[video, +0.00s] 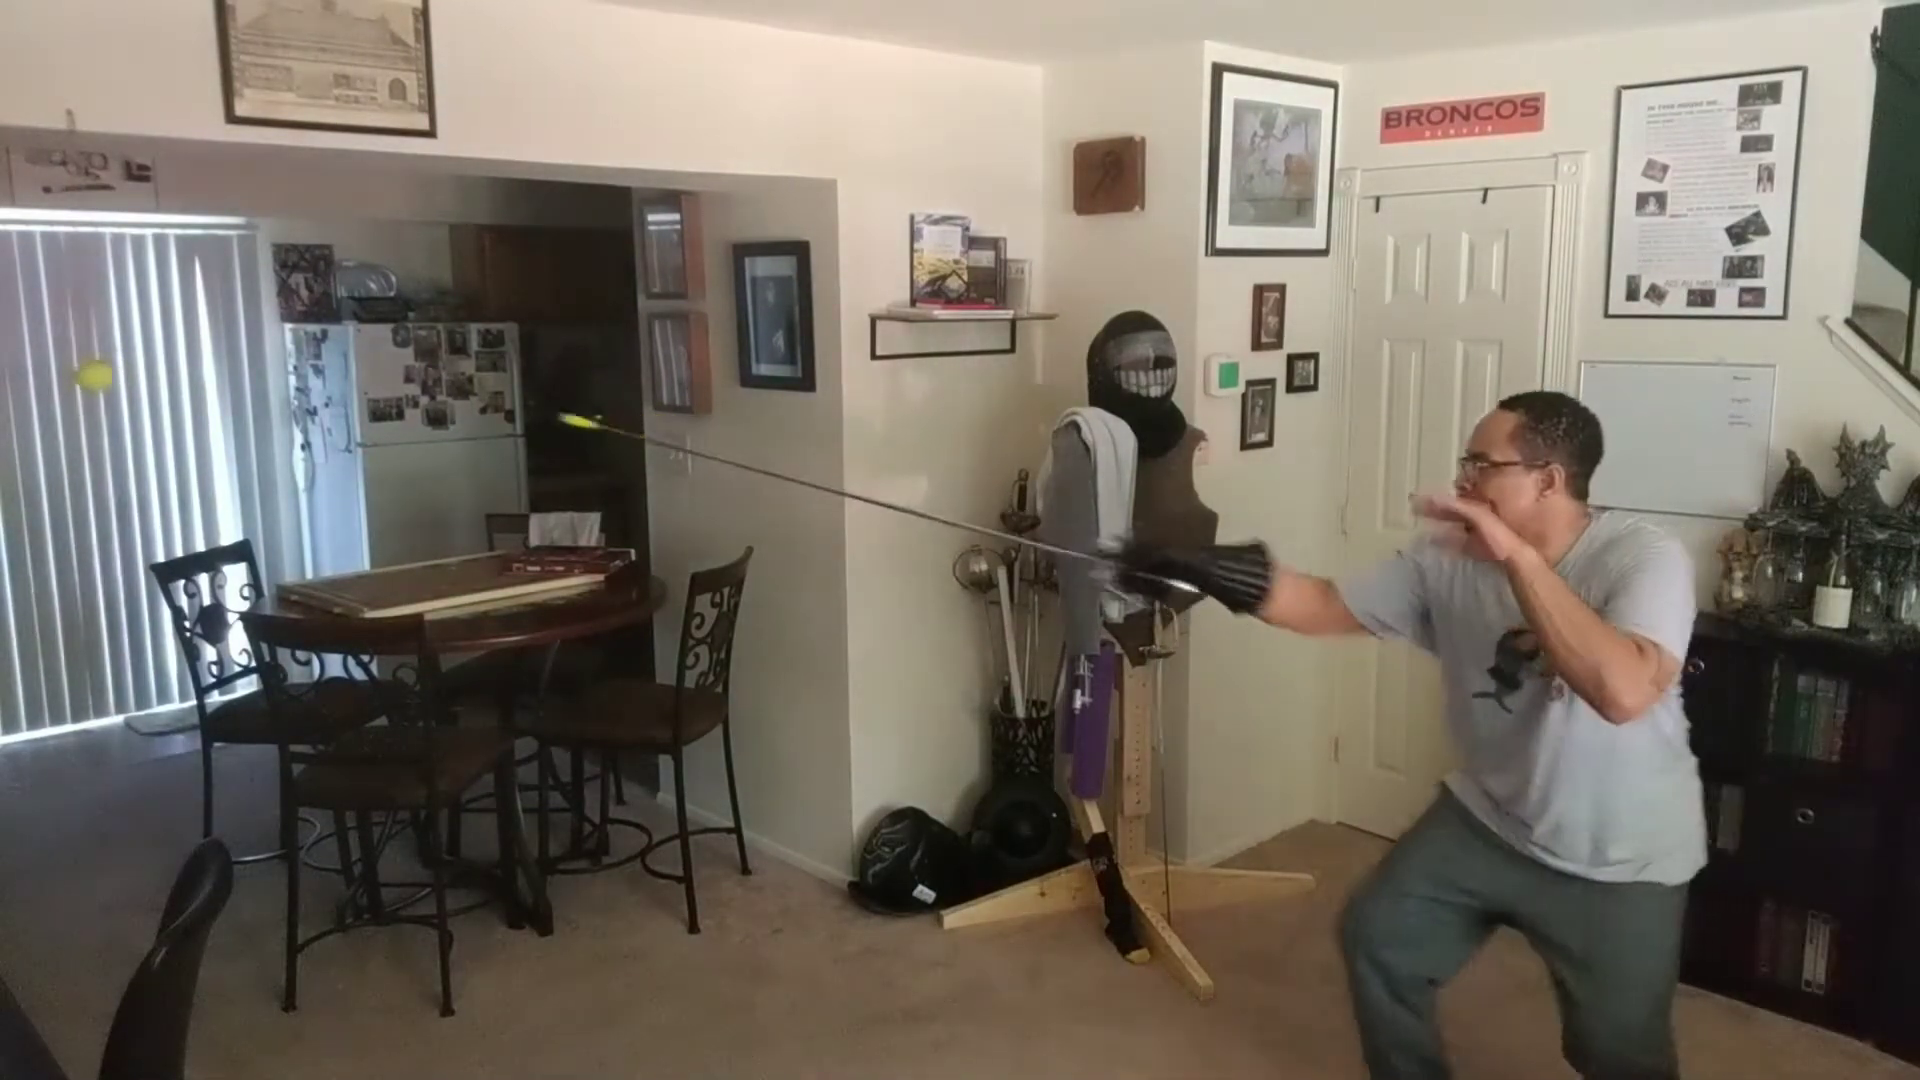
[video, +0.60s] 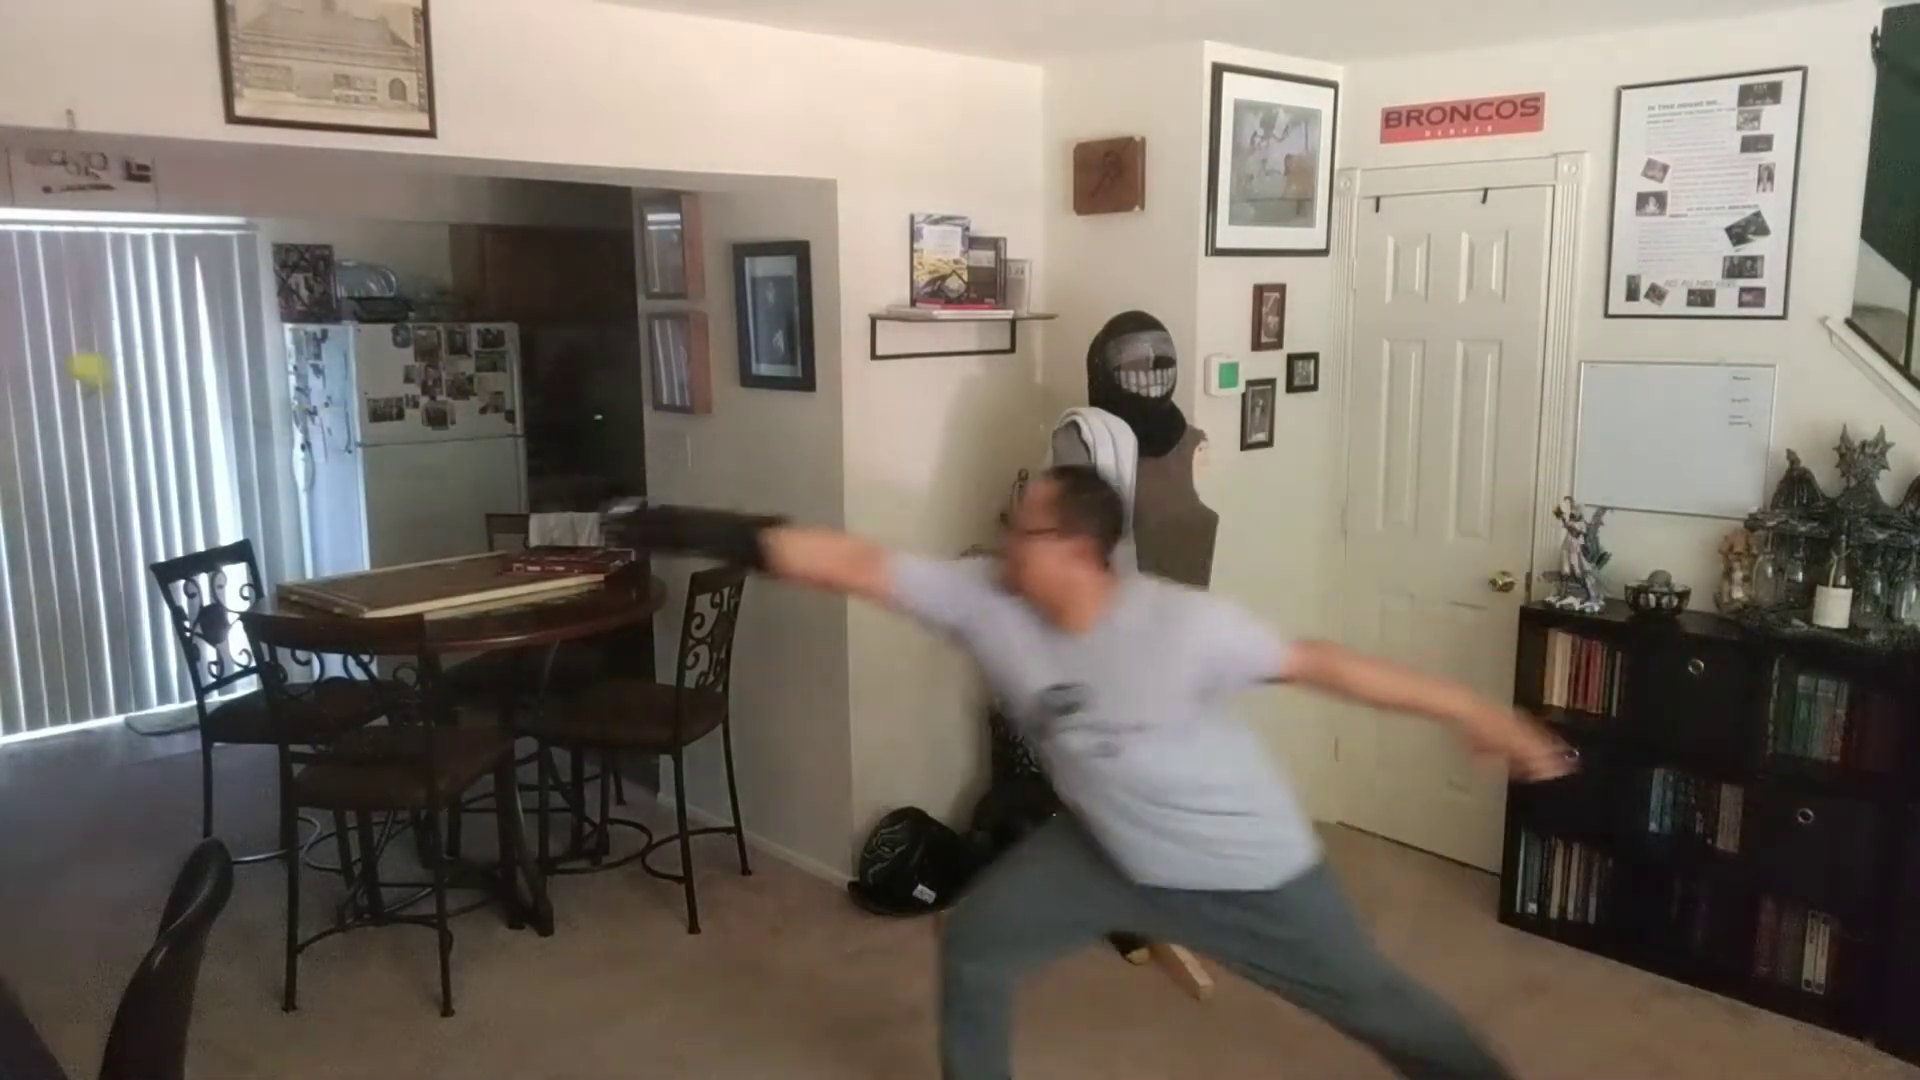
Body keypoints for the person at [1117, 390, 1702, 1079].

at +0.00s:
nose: (1463, 482)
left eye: (1483, 467)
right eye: (1466, 464)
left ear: (1547, 481)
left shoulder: (1647, 560)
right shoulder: (1449, 561)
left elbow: (1626, 690)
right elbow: (1324, 605)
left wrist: (1520, 556)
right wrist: (1202, 564)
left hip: (1621, 867)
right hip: (1487, 821)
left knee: (1622, 1055)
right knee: (1379, 938)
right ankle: (1412, 1071)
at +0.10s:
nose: (1433, 489)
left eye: (1455, 472)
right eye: (1438, 471)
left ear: (1520, 485)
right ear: (1510, 481)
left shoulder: (1612, 567)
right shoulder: (1412, 561)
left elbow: (1688, 706)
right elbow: (1275, 562)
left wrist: (1550, 642)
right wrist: (1136, 535)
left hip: (1594, 866)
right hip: (1458, 823)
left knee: (1607, 1056)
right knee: (1335, 921)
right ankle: (1366, 1071)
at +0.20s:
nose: (1380, 495)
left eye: (1400, 481)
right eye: (1384, 479)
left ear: (1466, 495)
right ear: (1430, 494)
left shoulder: (1566, 577)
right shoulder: (1358, 563)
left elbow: (1695, 683)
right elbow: (1218, 538)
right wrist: (1062, 516)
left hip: (1551, 867)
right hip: (1416, 822)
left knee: (1582, 1052)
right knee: (1278, 918)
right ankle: (1262, 1070)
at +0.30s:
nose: (1312, 506)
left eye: (1332, 493)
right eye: (1314, 490)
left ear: (1398, 509)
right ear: (1330, 505)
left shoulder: (1509, 590)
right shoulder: (1289, 572)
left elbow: (1652, 666)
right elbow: (1144, 541)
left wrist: (1778, 756)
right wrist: (1015, 514)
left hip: (1494, 881)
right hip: (1351, 828)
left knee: (1552, 1050)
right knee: (1213, 919)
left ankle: (1587, 1078)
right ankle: (1137, 1070)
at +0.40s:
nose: (1221, 518)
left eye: (1241, 504)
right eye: (1224, 501)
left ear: (1298, 514)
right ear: (1245, 511)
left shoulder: (1407, 597)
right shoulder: (1205, 576)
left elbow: (1566, 653)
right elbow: (1071, 549)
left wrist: (1719, 713)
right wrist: (956, 521)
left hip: (1417, 887)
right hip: (1274, 846)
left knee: (1513, 1041)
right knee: (1133, 954)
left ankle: (1578, 1076)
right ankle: (1048, 1075)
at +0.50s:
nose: (1113, 530)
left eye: (1134, 517)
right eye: (1114, 515)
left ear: (1188, 531)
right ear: (1125, 529)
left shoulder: (1282, 614)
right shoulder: (1090, 592)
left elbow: (1438, 655)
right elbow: (949, 554)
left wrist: (1583, 699)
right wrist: (817, 525)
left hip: (1327, 886)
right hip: (1181, 857)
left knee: (1463, 1027)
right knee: (1050, 935)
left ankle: (1542, 1070)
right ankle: (999, 1075)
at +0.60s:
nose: (1008, 539)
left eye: (1029, 528)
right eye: (1013, 522)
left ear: (1086, 546)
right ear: (1031, 537)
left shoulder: (1184, 627)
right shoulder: (989, 602)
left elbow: (1329, 669)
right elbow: (853, 566)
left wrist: (1477, 715)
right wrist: (710, 533)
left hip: (1251, 869)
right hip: (1101, 854)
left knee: (1375, 1006)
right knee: (974, 945)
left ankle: (1478, 1068)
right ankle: (974, 1074)